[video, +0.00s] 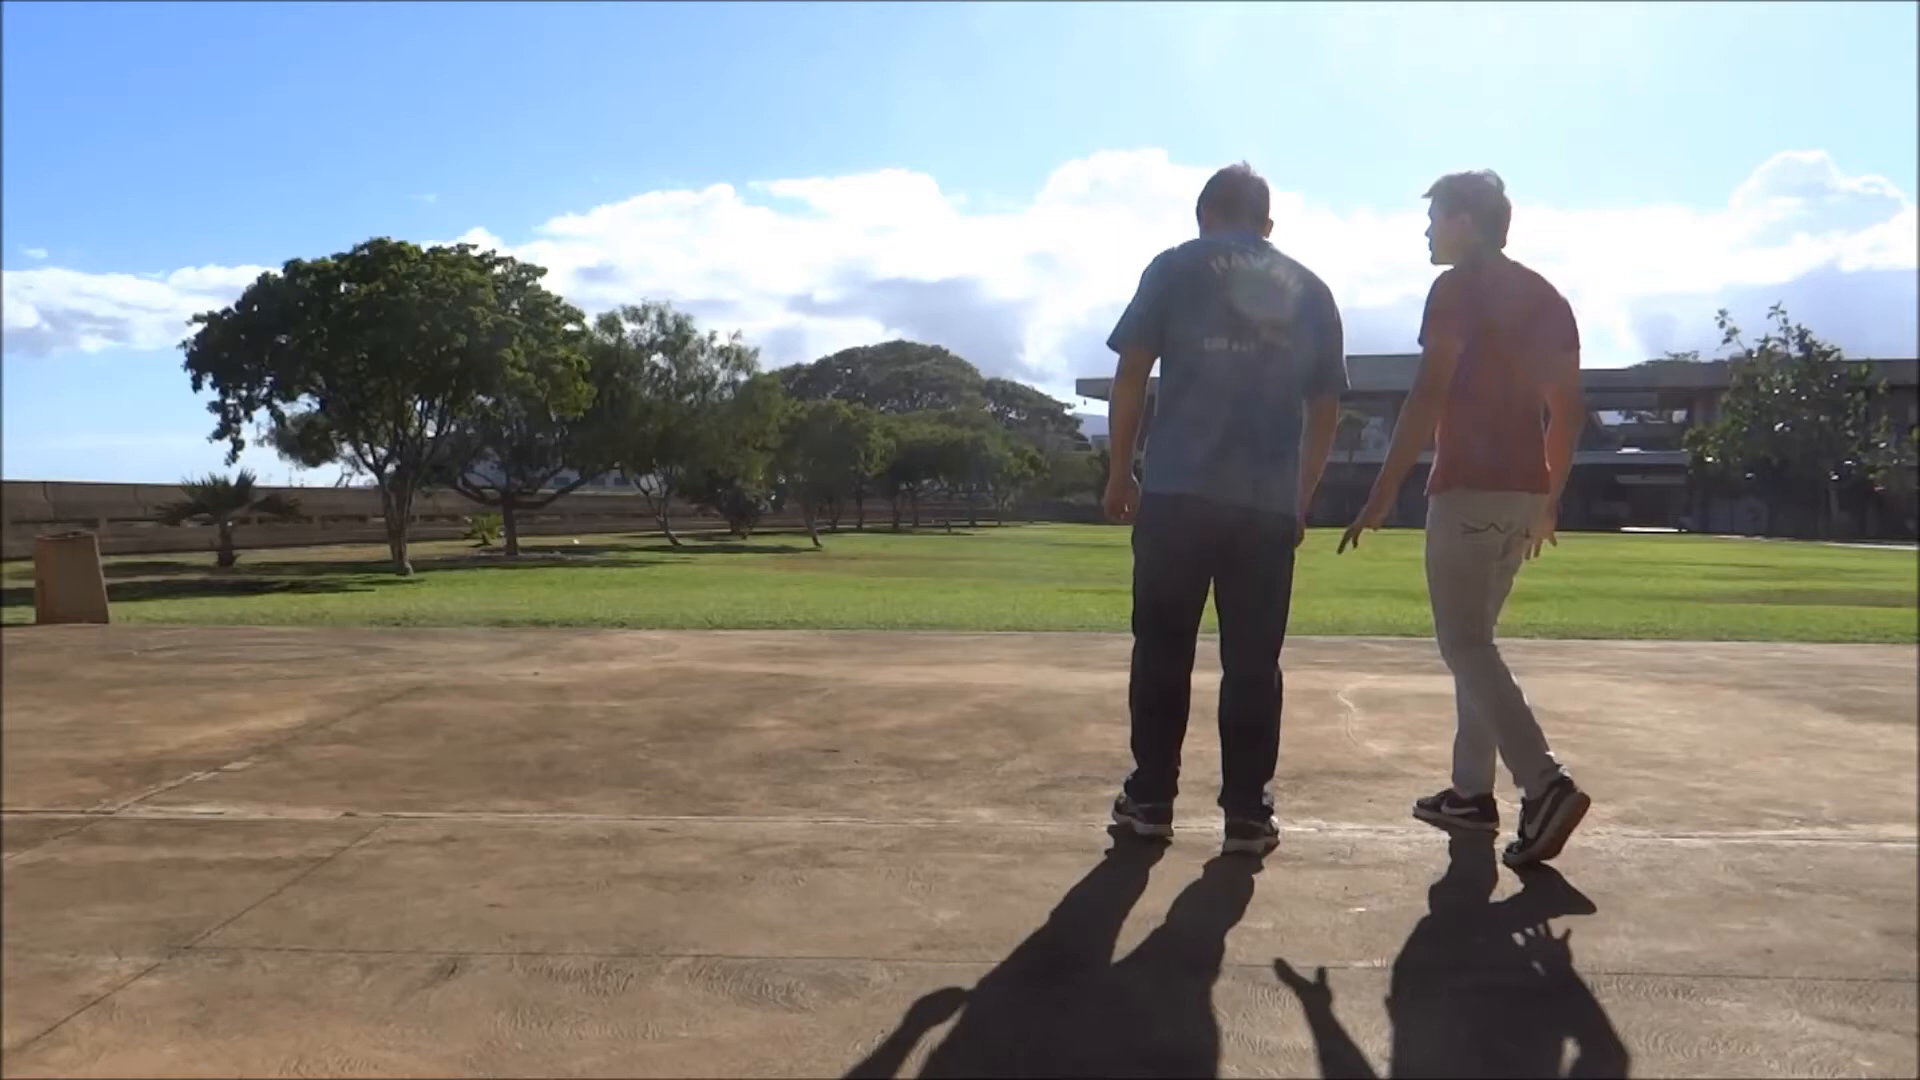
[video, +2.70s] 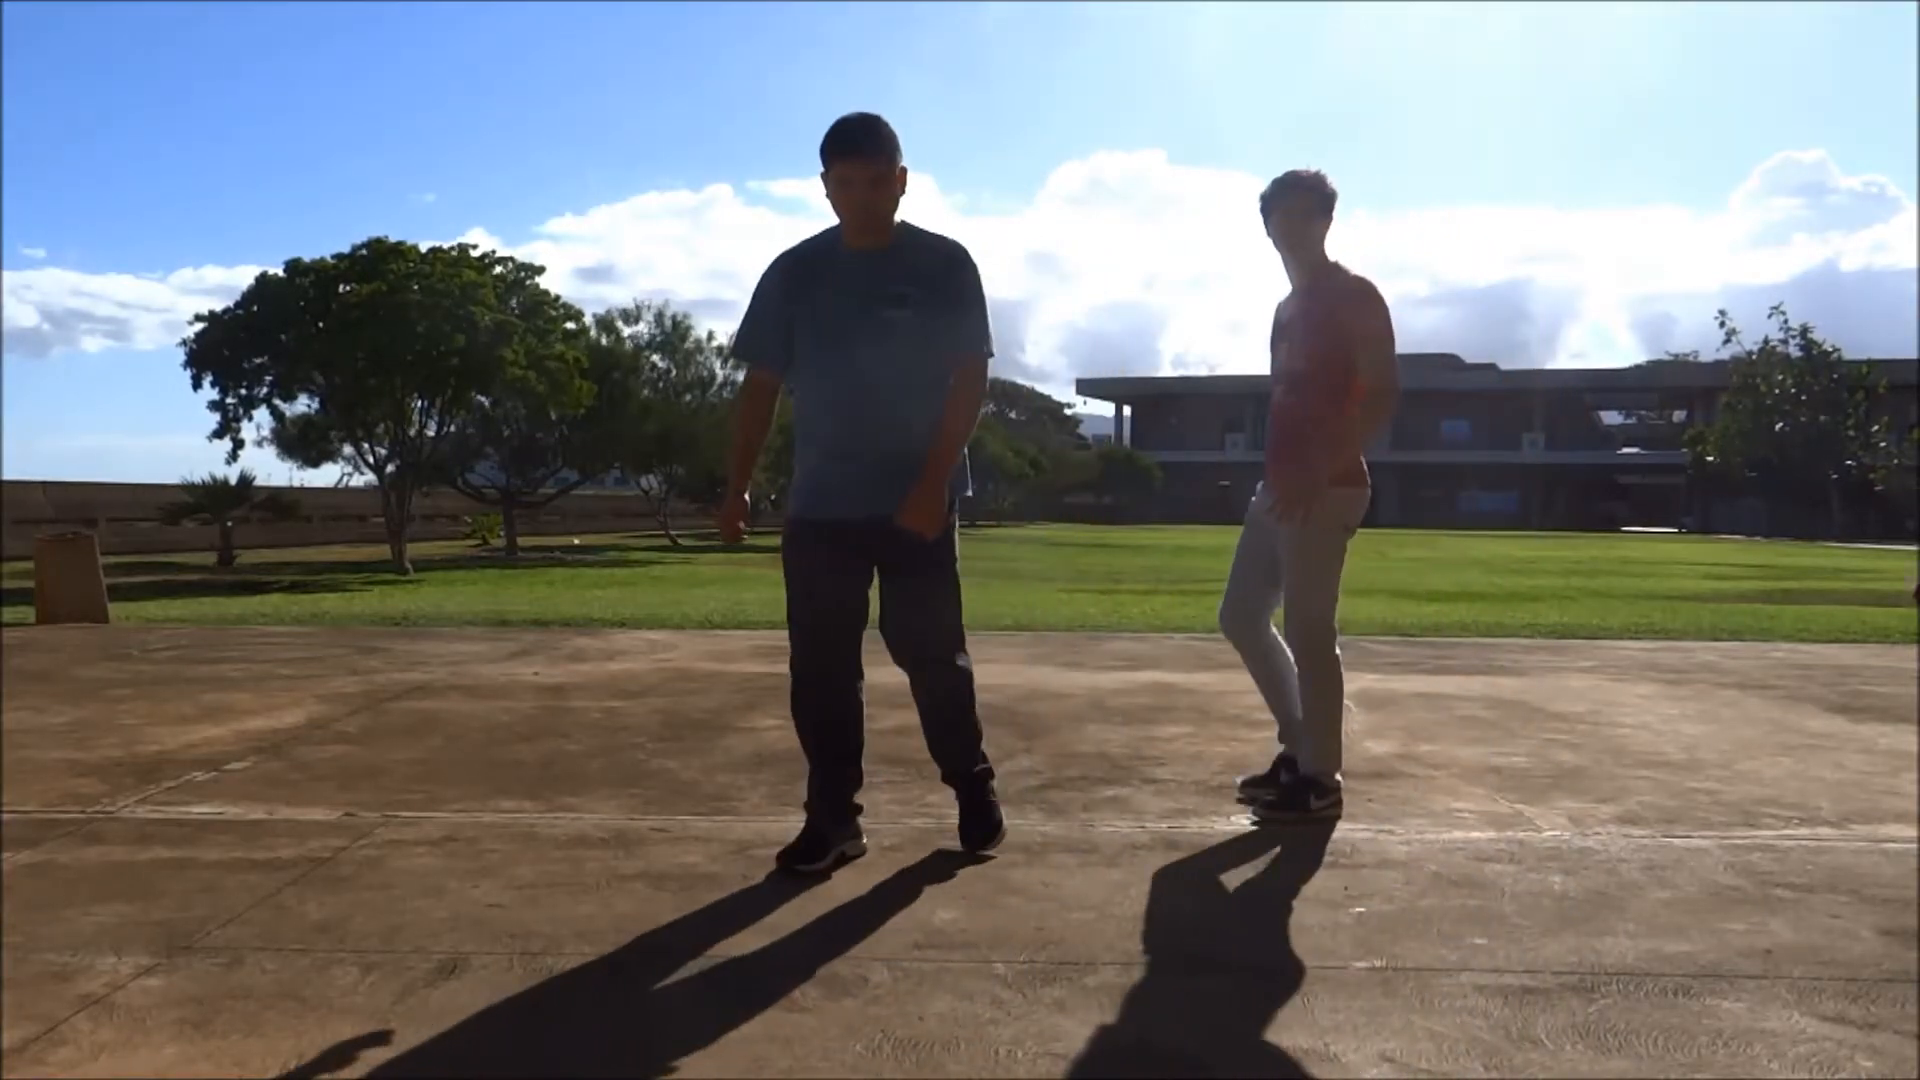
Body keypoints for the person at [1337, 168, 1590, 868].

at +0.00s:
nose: (1428, 230)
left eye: (1436, 218)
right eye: (1430, 218)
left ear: (1467, 223)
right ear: (1491, 224)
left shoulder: (1453, 289)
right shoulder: (1551, 300)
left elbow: (1428, 397)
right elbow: (1566, 410)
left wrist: (1382, 491)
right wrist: (1548, 499)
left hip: (1465, 491)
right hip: (1530, 494)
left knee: (1462, 640)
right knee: (1474, 641)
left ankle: (1545, 786)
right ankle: (1470, 794)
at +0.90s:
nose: (1402, 246)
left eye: (1406, 234)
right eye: (1402, 233)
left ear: (1430, 235)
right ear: (1462, 232)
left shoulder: (1452, 298)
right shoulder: (1505, 301)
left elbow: (1465, 406)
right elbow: (1499, 408)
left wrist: (1448, 498)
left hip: (1445, 490)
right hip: (1495, 492)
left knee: (1384, 622)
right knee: (1458, 636)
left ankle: (1448, 770)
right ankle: (1473, 794)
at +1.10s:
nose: (1396, 253)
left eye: (1398, 240)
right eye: (1396, 240)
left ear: (1415, 238)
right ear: (1453, 232)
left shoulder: (1451, 304)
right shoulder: (1487, 303)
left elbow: (1479, 408)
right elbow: (1458, 425)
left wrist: (1480, 496)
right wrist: (1405, 494)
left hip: (1438, 496)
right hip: (1483, 499)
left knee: (1371, 624)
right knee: (1453, 642)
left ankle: (1368, 780)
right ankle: (1472, 792)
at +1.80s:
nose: (1345, 247)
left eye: (1354, 234)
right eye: (1346, 235)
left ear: (1392, 237)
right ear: (1376, 241)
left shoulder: (1429, 306)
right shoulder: (1393, 320)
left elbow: (1472, 400)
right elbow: (1381, 431)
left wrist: (1460, 500)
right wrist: (1322, 501)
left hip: (1403, 506)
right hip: (1406, 504)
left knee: (1341, 632)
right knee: (1416, 651)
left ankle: (1321, 785)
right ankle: (1469, 794)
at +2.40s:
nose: (1310, 237)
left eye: (1320, 223)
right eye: (1306, 224)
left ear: (1354, 225)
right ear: (1305, 230)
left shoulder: (1390, 307)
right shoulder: (1316, 316)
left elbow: (1426, 409)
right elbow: (1314, 421)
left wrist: (1395, 489)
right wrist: (1283, 504)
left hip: (1356, 493)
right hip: (1319, 495)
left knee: (1314, 632)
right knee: (1341, 638)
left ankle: (1320, 781)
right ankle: (1442, 753)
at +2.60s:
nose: (1284, 231)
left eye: (1294, 216)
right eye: (1281, 219)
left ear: (1329, 219)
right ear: (1284, 225)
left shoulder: (1369, 301)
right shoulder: (1297, 311)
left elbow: (1396, 403)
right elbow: (1306, 409)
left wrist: (1347, 484)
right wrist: (1282, 485)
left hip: (1337, 493)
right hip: (1291, 490)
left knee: (1309, 629)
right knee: (1264, 623)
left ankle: (1319, 778)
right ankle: (1362, 736)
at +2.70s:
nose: (1269, 229)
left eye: (1277, 215)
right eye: (1268, 217)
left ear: (1312, 217)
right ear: (1281, 223)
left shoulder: (1358, 297)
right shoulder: (1286, 311)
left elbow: (1381, 400)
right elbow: (1292, 403)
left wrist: (1321, 474)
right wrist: (1279, 474)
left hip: (1328, 488)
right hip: (1282, 483)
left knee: (1310, 632)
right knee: (1242, 619)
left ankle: (1320, 780)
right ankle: (1299, 755)